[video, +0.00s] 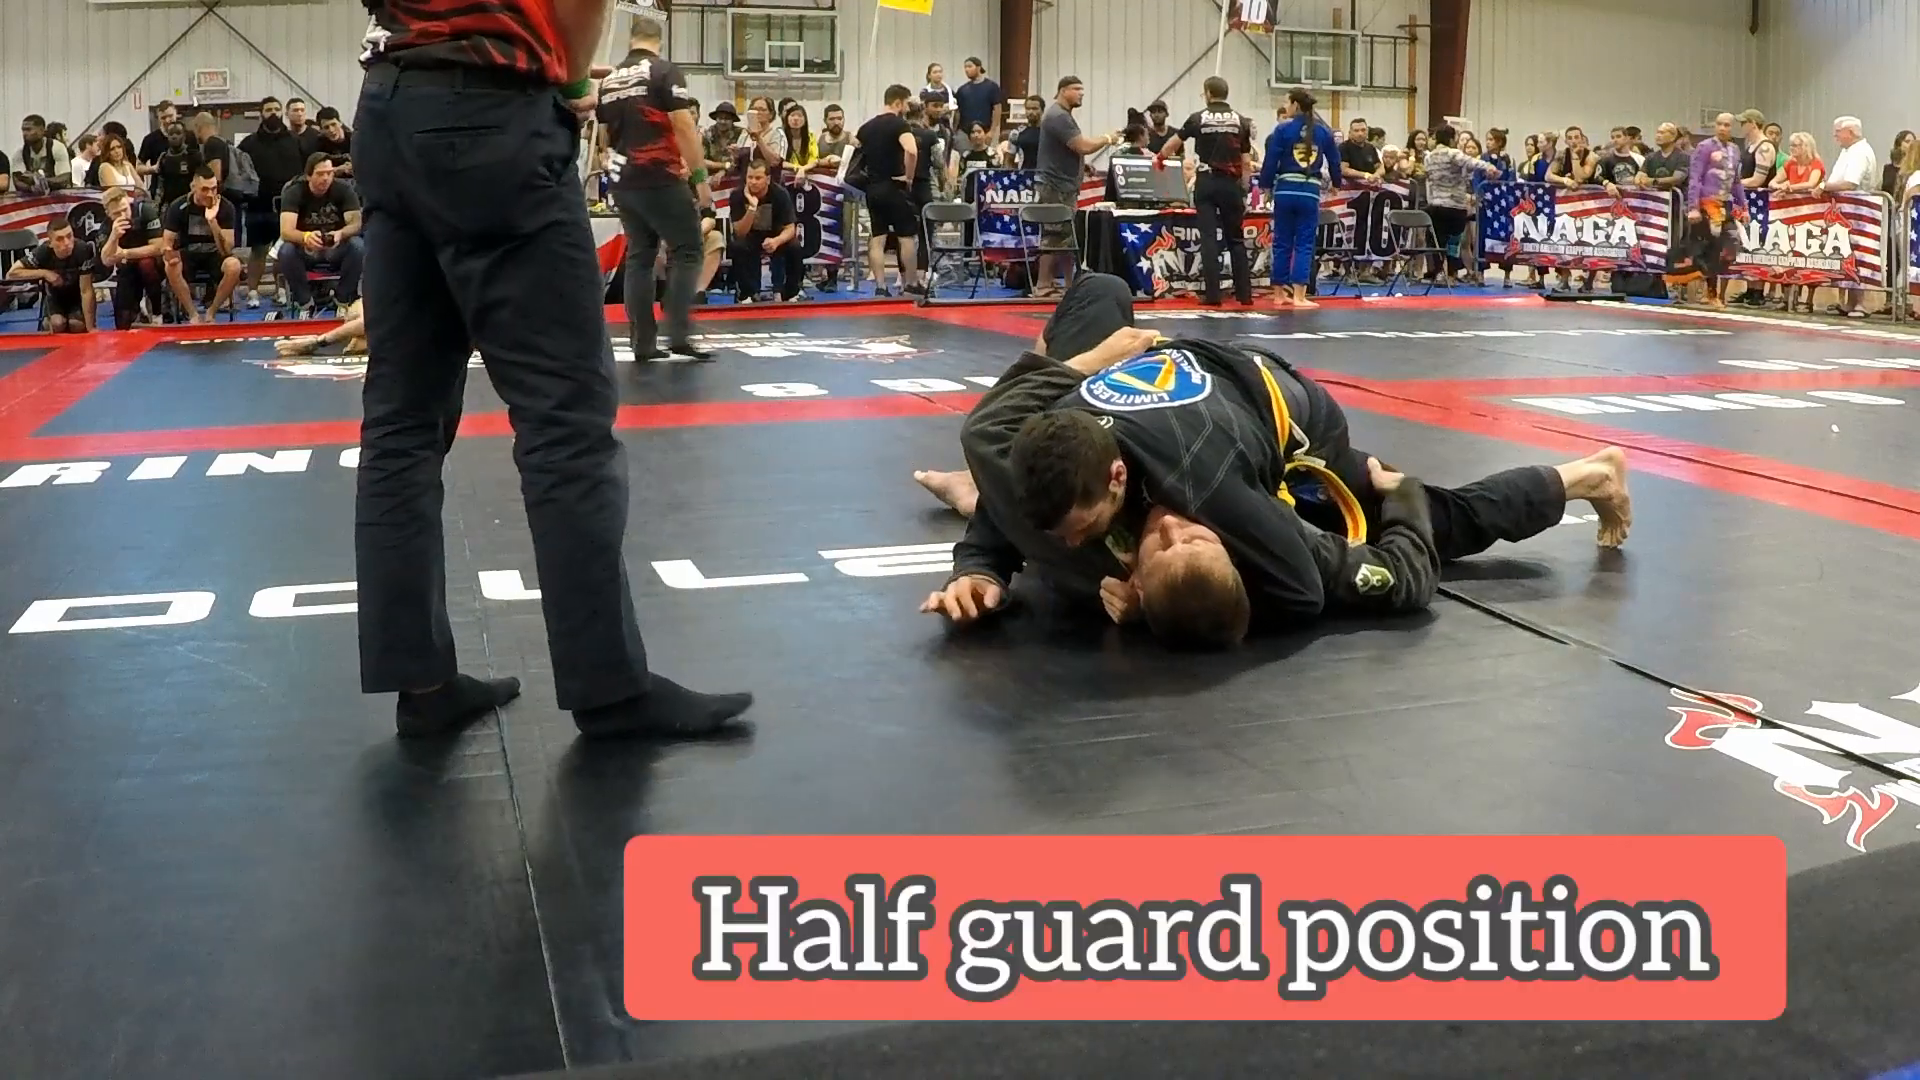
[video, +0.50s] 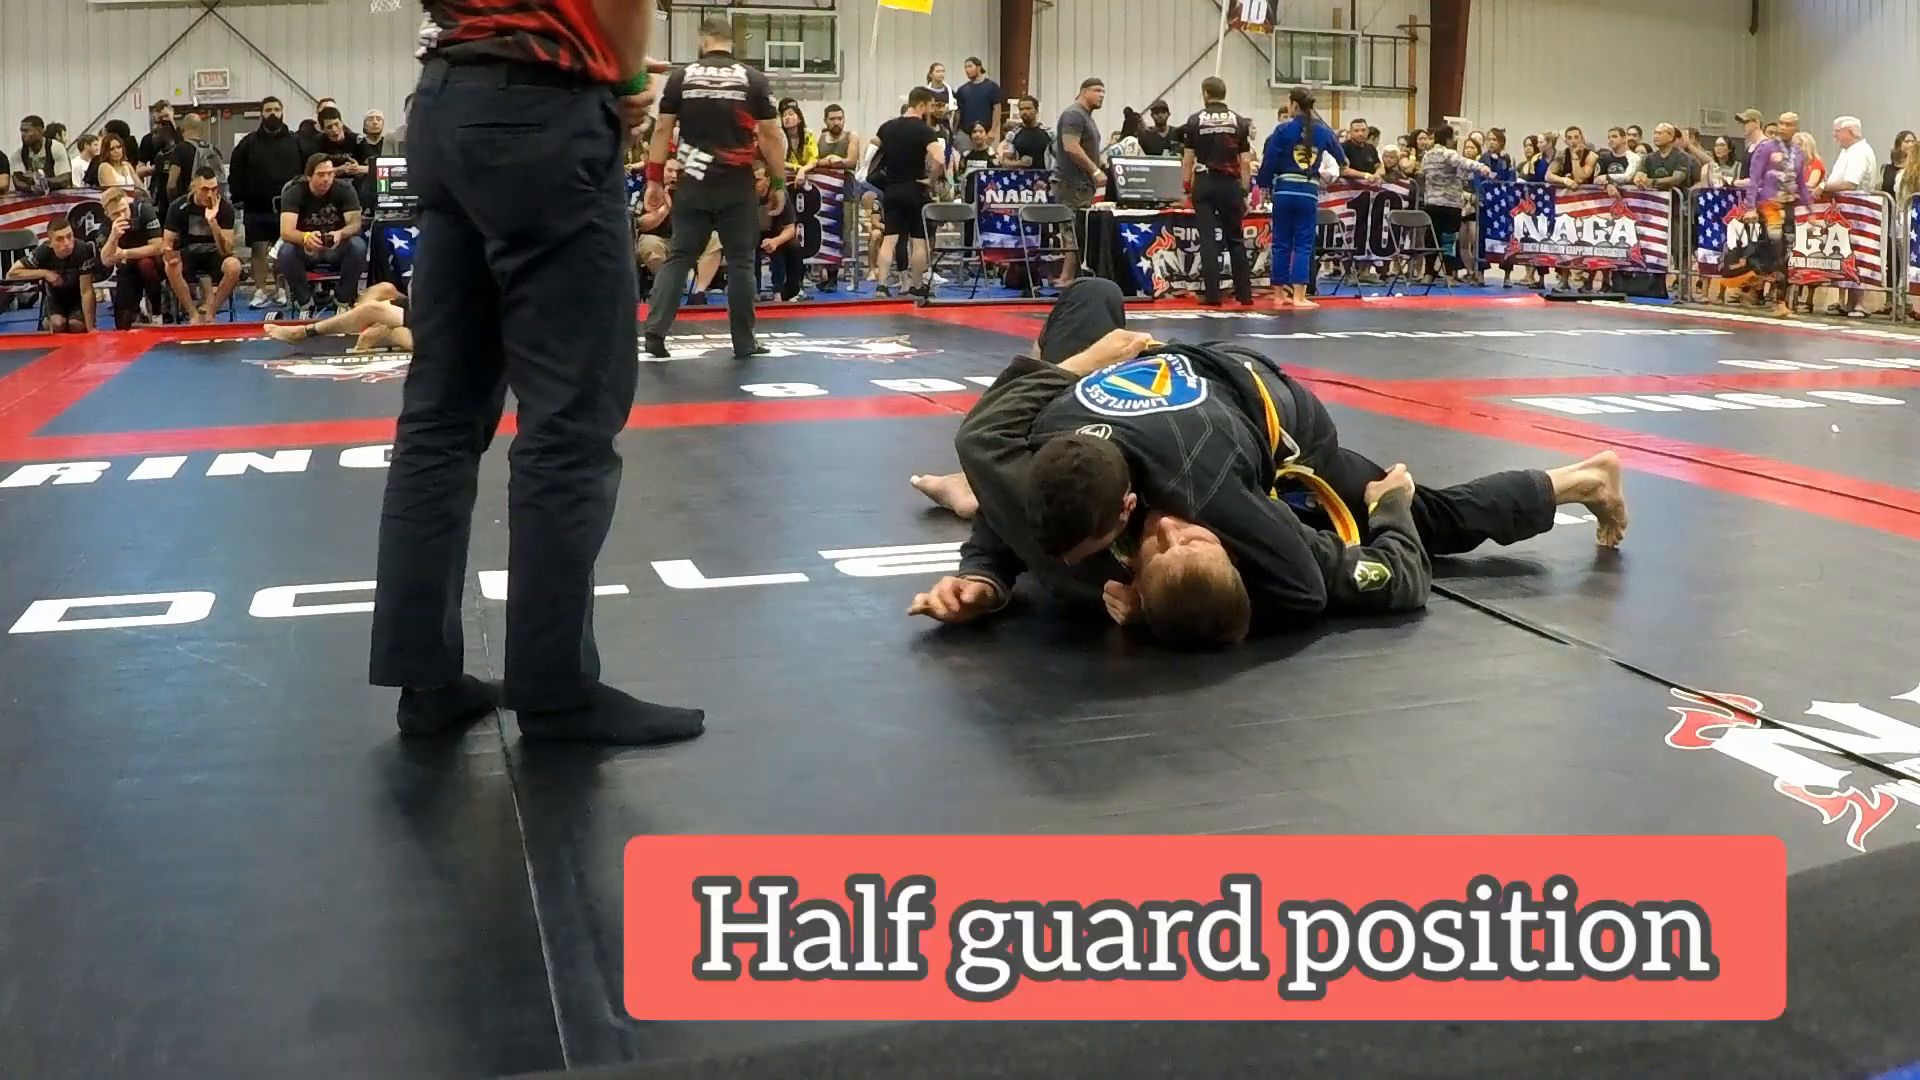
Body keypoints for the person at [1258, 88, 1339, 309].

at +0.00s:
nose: (1286, 107)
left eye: (1288, 103)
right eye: (1287, 103)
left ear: (1296, 105)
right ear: (1308, 105)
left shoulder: (1283, 128)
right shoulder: (1322, 130)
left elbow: (1271, 159)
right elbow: (1334, 159)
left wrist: (1265, 184)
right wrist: (1336, 182)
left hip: (1285, 192)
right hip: (1309, 194)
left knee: (1281, 241)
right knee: (1305, 243)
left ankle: (1279, 293)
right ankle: (1299, 296)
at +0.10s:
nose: (1287, 106)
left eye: (1289, 103)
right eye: (1288, 102)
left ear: (1296, 104)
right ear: (1308, 105)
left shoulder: (1282, 128)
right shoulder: (1322, 130)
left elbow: (1269, 159)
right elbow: (1335, 156)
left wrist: (1264, 184)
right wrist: (1339, 173)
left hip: (1284, 192)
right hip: (1308, 195)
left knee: (1282, 241)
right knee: (1304, 243)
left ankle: (1279, 293)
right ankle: (1299, 296)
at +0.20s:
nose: (1289, 107)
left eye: (1290, 103)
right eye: (1290, 103)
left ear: (1295, 104)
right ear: (1310, 105)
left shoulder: (1283, 128)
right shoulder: (1323, 130)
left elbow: (1269, 158)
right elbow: (1340, 159)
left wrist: (1263, 184)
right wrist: (1340, 170)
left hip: (1283, 192)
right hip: (1308, 195)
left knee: (1281, 242)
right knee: (1304, 243)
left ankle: (1279, 294)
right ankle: (1299, 297)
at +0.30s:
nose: (1289, 106)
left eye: (1290, 103)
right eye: (1290, 103)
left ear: (1295, 104)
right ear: (1310, 104)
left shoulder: (1283, 128)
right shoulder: (1324, 131)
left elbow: (1269, 158)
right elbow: (1341, 160)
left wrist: (1264, 183)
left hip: (1283, 192)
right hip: (1308, 195)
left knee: (1281, 242)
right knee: (1304, 244)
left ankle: (1279, 294)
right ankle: (1299, 297)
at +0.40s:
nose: (1288, 106)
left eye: (1289, 103)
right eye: (1289, 103)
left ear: (1294, 104)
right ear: (1310, 104)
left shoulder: (1283, 129)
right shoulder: (1323, 131)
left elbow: (1269, 160)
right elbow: (1341, 159)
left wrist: (1264, 184)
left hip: (1283, 192)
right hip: (1308, 195)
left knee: (1281, 242)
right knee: (1304, 244)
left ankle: (1279, 294)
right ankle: (1299, 297)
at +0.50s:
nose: (1288, 106)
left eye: (1289, 103)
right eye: (1289, 103)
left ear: (1293, 104)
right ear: (1310, 104)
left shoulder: (1283, 129)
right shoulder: (1323, 130)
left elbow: (1269, 160)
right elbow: (1341, 159)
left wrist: (1264, 183)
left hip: (1283, 192)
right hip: (1308, 195)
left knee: (1280, 242)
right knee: (1304, 243)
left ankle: (1279, 294)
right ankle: (1299, 297)